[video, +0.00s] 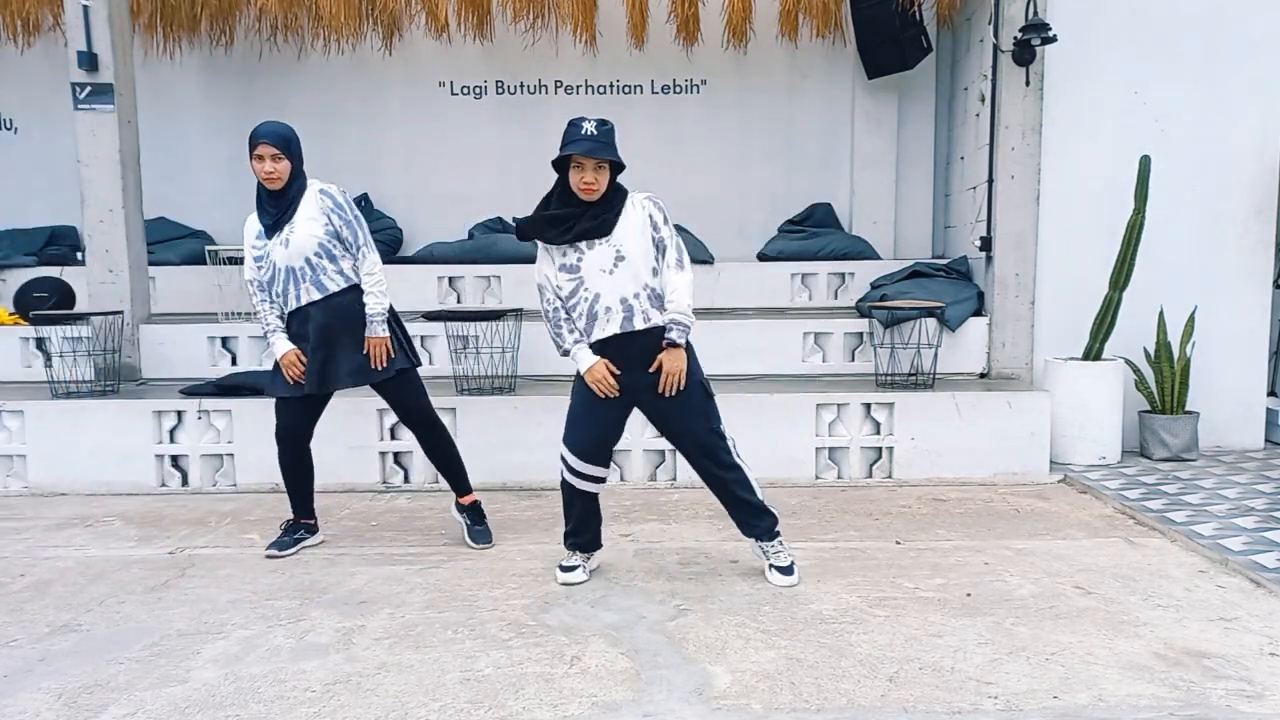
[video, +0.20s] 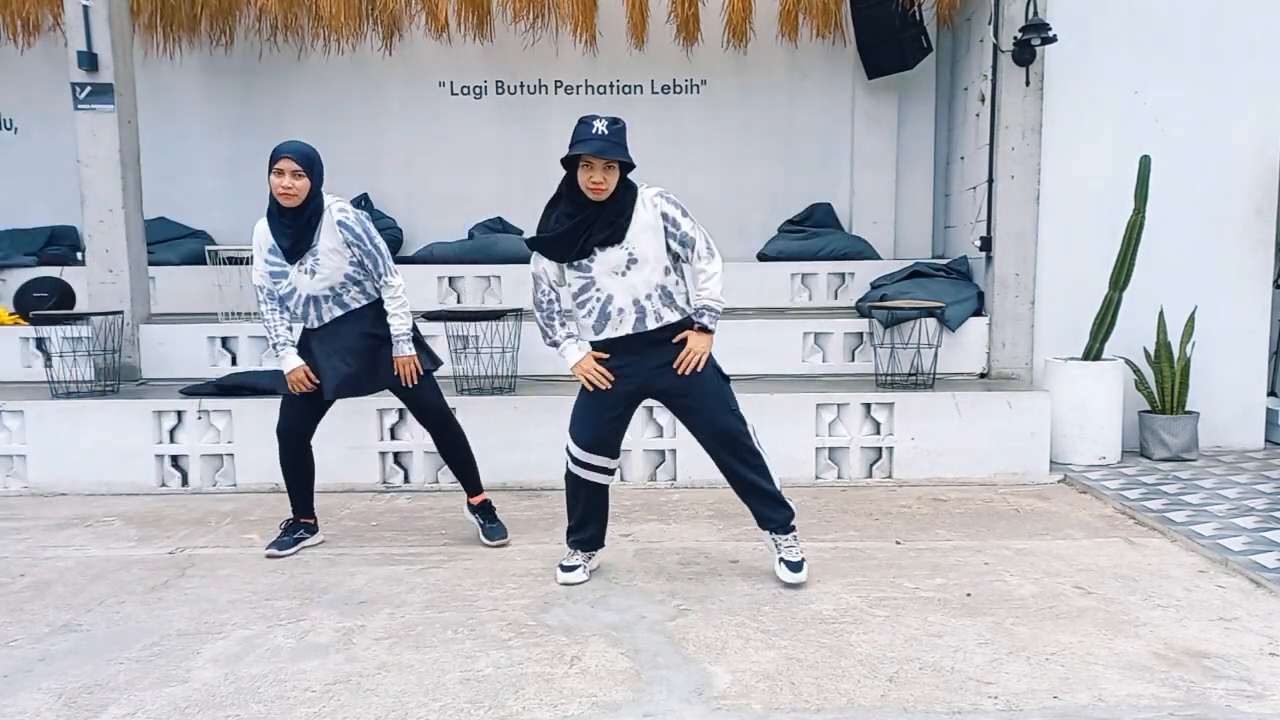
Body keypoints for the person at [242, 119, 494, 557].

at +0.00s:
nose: (268, 167)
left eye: (277, 157)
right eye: (259, 159)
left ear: (294, 158)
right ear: (252, 164)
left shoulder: (328, 197)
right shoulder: (255, 225)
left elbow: (369, 257)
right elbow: (260, 294)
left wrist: (377, 322)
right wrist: (280, 343)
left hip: (359, 320)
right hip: (305, 334)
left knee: (418, 415)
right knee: (290, 434)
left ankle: (468, 503)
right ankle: (304, 522)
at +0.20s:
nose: (287, 183)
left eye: (297, 175)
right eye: (279, 174)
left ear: (315, 180)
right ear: (269, 179)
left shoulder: (343, 217)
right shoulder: (265, 233)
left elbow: (390, 278)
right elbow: (268, 304)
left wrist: (402, 342)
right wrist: (288, 358)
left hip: (375, 330)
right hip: (317, 341)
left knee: (434, 412)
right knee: (291, 428)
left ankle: (479, 502)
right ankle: (303, 521)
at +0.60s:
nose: (417, 183)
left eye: (424, 173)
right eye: (406, 176)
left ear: (438, 177)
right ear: (395, 183)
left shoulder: (463, 230)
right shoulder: (374, 228)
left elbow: (469, 297)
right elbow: (350, 296)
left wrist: (465, 354)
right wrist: (348, 362)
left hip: (438, 351)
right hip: (380, 349)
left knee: (472, 420)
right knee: (326, 426)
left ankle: (481, 516)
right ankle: (298, 517)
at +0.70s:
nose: (433, 170)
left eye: (440, 160)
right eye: (422, 162)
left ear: (454, 161)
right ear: (411, 167)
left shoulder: (478, 217)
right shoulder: (390, 209)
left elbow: (484, 284)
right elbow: (363, 279)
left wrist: (473, 341)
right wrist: (360, 346)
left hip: (450, 339)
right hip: (391, 335)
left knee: (471, 428)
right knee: (337, 422)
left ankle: (480, 515)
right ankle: (291, 510)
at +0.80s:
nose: (442, 169)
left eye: (449, 159)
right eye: (432, 162)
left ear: (463, 161)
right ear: (421, 167)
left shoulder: (484, 218)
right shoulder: (397, 206)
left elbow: (489, 283)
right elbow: (372, 275)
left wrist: (480, 337)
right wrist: (368, 340)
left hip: (456, 336)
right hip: (398, 332)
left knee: (471, 429)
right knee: (348, 425)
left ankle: (480, 515)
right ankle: (298, 509)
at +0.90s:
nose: (445, 175)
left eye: (452, 164)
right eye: (435, 168)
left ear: (467, 165)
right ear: (424, 172)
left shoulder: (485, 221)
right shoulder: (403, 208)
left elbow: (492, 287)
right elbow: (375, 275)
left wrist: (484, 339)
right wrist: (372, 342)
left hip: (460, 336)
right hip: (405, 332)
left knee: (473, 430)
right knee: (358, 427)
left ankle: (480, 515)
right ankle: (304, 511)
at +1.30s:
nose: (386, 208)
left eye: (394, 199)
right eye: (376, 201)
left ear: (411, 200)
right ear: (369, 208)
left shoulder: (448, 244)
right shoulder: (361, 256)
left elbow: (468, 307)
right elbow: (353, 328)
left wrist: (461, 363)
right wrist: (359, 386)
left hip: (437, 349)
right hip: (378, 346)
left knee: (473, 418)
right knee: (325, 421)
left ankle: (481, 515)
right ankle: (306, 515)